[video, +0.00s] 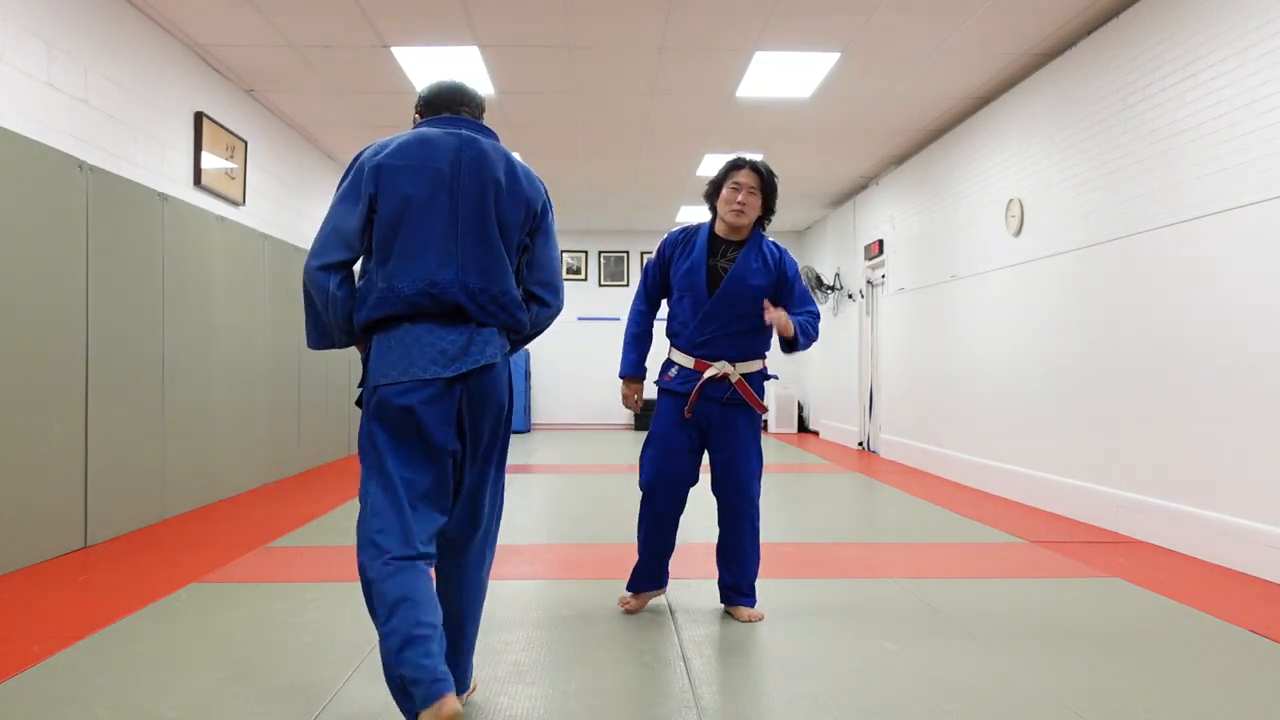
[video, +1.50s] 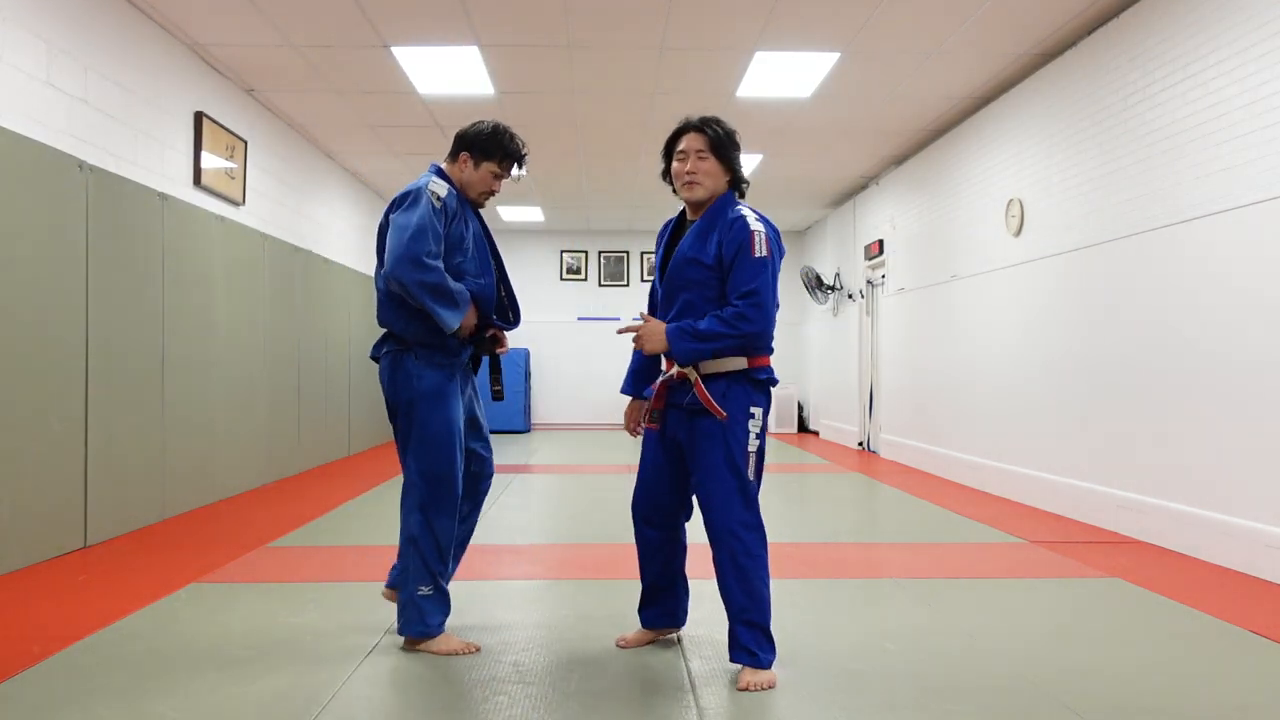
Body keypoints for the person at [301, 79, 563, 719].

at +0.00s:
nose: (410, 124)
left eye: (413, 116)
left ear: (419, 117)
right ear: (482, 120)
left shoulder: (382, 158)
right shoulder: (522, 177)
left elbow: (324, 265)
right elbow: (547, 293)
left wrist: (359, 332)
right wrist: (497, 336)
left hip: (403, 363)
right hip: (488, 365)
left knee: (394, 535)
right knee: (470, 530)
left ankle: (432, 695)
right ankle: (452, 684)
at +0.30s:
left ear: (423, 126)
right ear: (484, 128)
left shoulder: (386, 171)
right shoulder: (518, 185)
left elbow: (340, 269)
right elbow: (539, 287)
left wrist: (367, 334)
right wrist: (488, 325)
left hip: (400, 362)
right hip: (483, 367)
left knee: (369, 508)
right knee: (471, 519)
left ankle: (353, 650)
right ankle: (458, 676)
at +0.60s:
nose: (479, 169)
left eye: (481, 162)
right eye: (480, 161)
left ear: (420, 145)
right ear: (466, 151)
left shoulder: (361, 202)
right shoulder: (476, 200)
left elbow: (338, 292)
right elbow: (512, 300)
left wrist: (380, 334)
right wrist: (501, 349)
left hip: (385, 367)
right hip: (456, 365)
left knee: (382, 500)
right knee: (461, 509)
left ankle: (372, 627)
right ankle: (456, 670)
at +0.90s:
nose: (471, 183)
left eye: (476, 173)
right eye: (471, 169)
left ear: (435, 156)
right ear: (442, 155)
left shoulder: (380, 198)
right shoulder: (417, 197)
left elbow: (358, 293)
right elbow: (442, 286)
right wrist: (473, 318)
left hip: (367, 364)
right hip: (416, 363)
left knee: (385, 493)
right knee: (469, 489)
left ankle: (371, 628)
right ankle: (434, 624)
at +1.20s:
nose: (480, 187)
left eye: (486, 177)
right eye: (479, 173)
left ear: (448, 162)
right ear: (448, 157)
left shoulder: (429, 203)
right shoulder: (415, 198)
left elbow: (462, 279)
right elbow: (420, 283)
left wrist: (472, 325)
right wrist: (465, 327)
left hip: (402, 361)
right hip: (415, 365)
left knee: (402, 487)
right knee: (431, 491)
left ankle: (372, 618)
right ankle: (423, 625)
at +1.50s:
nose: (498, 188)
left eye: (504, 178)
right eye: (496, 175)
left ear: (470, 167)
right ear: (464, 161)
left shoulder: (461, 210)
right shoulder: (427, 198)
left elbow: (468, 281)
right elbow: (409, 266)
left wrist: (487, 326)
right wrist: (460, 310)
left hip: (451, 366)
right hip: (420, 366)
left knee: (474, 470)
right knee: (436, 484)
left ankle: (411, 577)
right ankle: (421, 627)